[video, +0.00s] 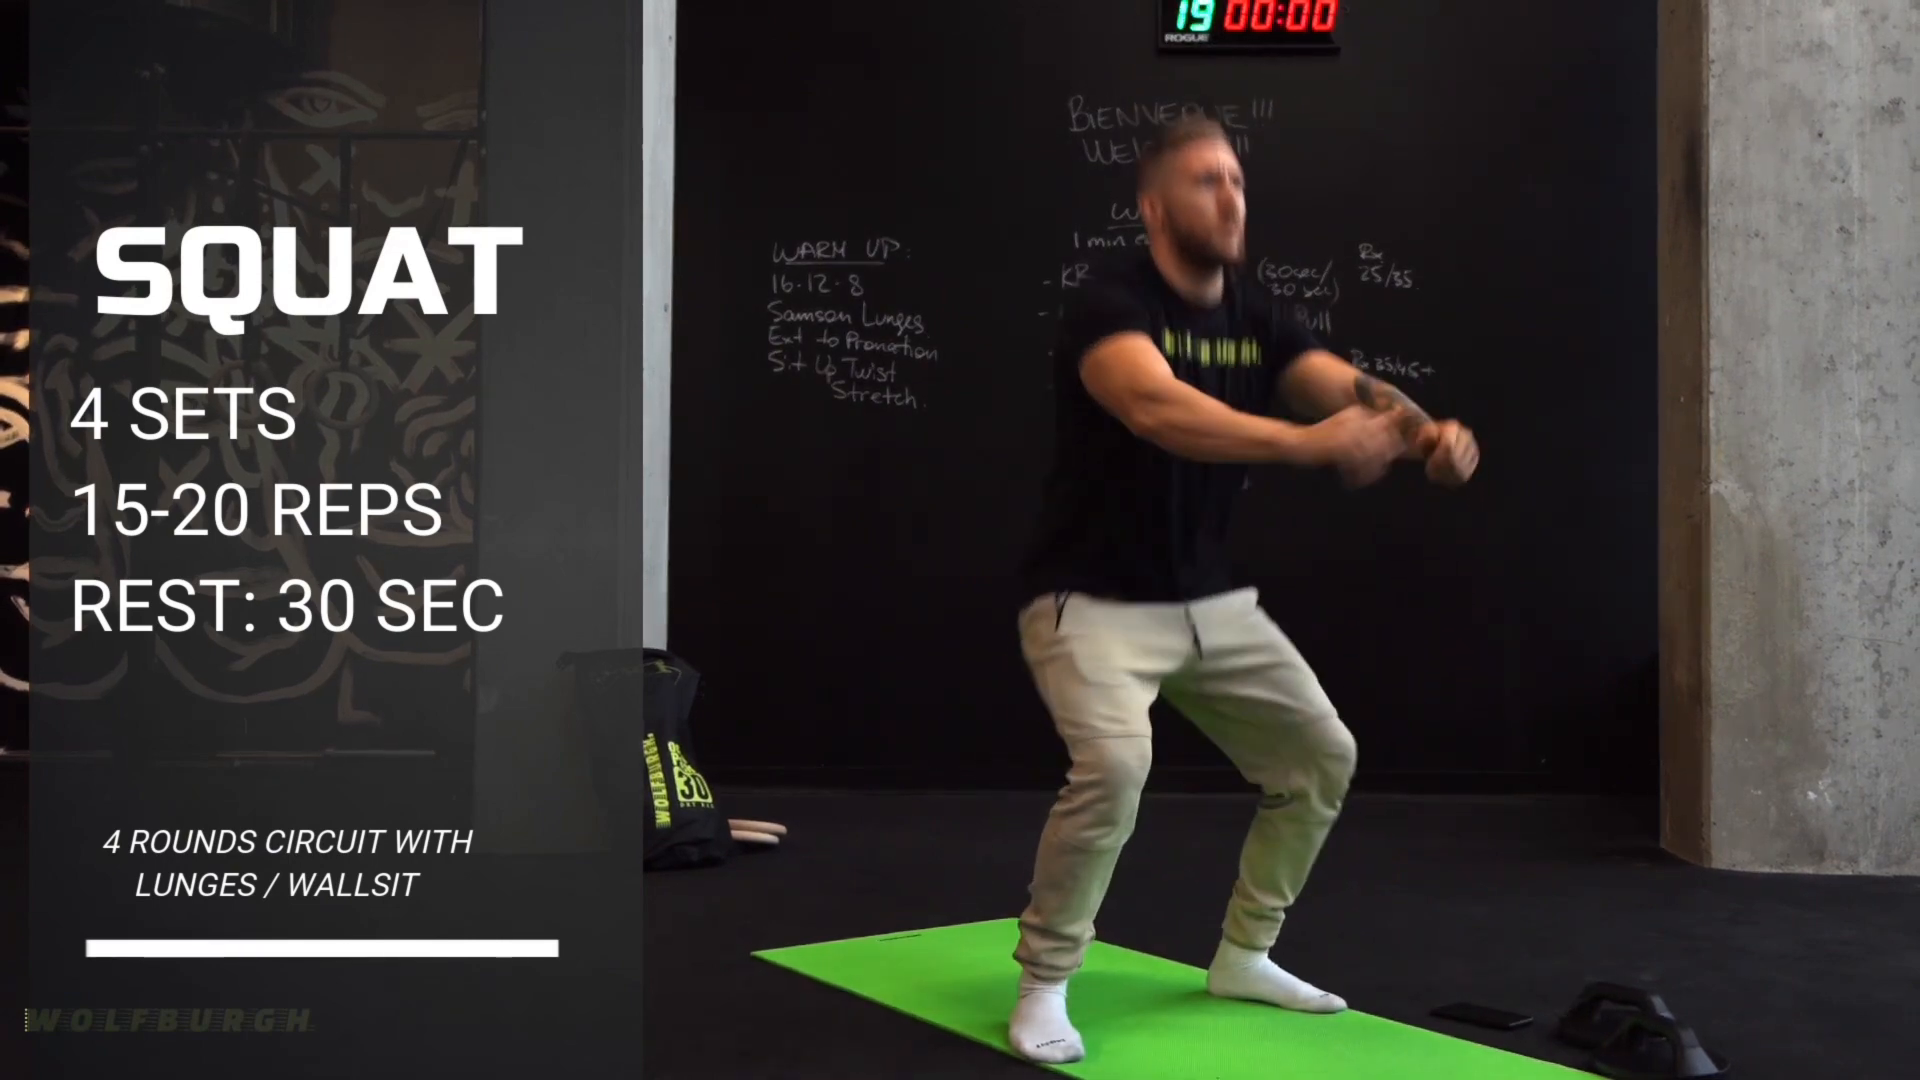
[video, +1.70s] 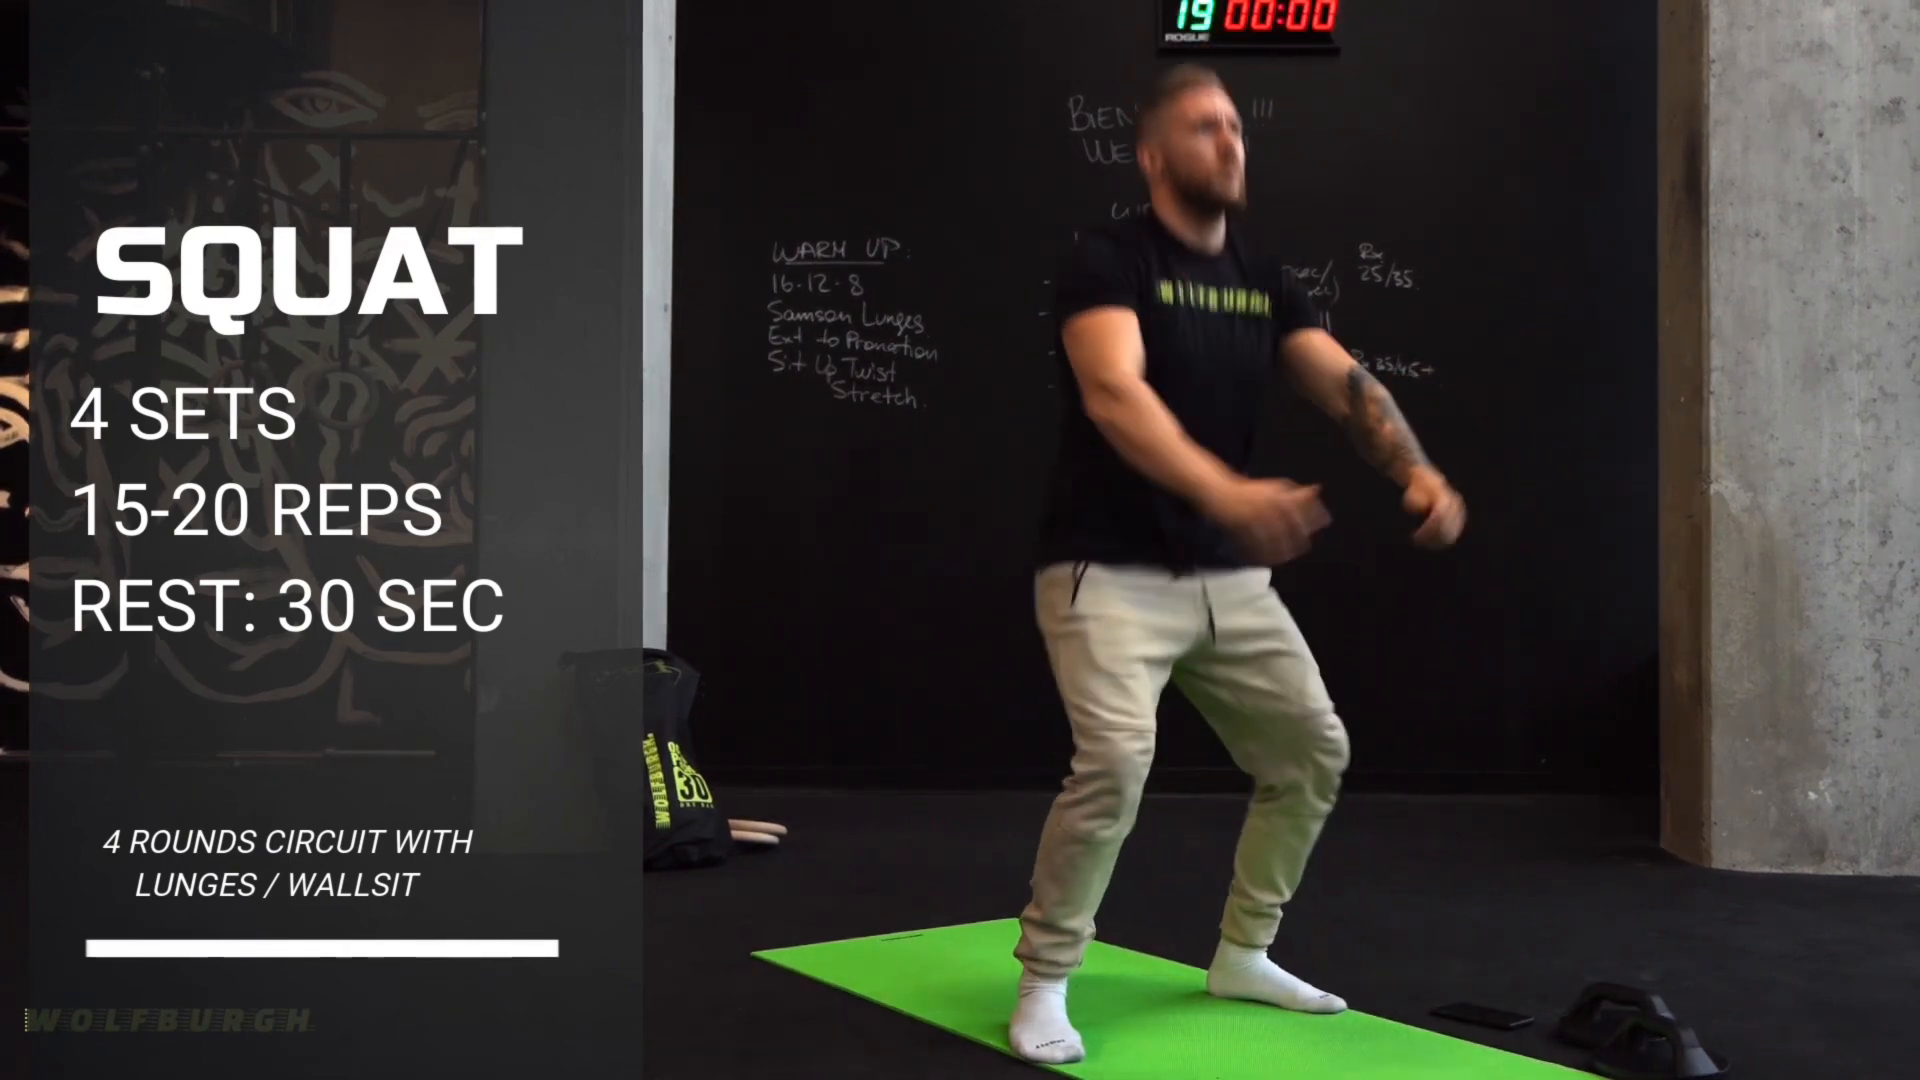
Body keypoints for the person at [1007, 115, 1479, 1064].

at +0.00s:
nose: (1232, 198)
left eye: (1236, 181)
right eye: (1208, 183)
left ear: (1245, 198)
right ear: (1154, 204)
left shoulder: (1254, 315)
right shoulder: (1105, 303)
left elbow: (1350, 391)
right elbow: (1158, 412)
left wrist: (1426, 431)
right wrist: (1309, 444)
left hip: (1208, 601)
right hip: (1090, 603)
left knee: (1321, 758)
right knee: (1113, 767)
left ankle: (1243, 959)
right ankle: (1044, 984)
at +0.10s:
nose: (1219, 104)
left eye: (1224, 89)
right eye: (1194, 89)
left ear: (1233, 112)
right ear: (1140, 112)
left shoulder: (1252, 234)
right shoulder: (1097, 219)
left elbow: (1323, 360)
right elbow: (1093, 369)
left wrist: (1390, 462)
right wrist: (1181, 484)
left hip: (1227, 549)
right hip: (1109, 548)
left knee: (1285, 742)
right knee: (1106, 752)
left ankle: (1239, 957)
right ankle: (1043, 980)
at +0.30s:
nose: (1209, 60)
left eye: (1214, 44)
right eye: (1184, 44)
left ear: (1222, 69)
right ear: (1131, 72)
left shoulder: (1249, 197)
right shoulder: (1084, 185)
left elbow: (1282, 366)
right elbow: (1027, 350)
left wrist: (1296, 511)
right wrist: (1016, 510)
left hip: (1238, 522)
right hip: (1116, 515)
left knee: (1229, 743)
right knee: (1083, 747)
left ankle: (1236, 954)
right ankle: (1040, 979)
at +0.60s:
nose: (1215, 80)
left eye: (1219, 64)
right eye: (1189, 64)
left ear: (1226, 88)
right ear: (1135, 90)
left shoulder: (1252, 222)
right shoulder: (1089, 207)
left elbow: (1317, 360)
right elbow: (1074, 358)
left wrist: (1375, 475)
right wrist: (1147, 487)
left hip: (1226, 536)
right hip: (1109, 534)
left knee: (1269, 743)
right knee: (1098, 749)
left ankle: (1239, 956)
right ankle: (1041, 982)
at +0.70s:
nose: (1229, 153)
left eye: (1233, 136)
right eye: (1204, 137)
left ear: (1243, 154)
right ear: (1148, 158)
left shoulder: (1257, 286)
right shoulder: (1100, 265)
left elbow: (1344, 377)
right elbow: (1127, 385)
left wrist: (1406, 421)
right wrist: (1283, 436)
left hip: (1206, 581)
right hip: (1088, 577)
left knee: (1303, 753)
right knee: (1102, 758)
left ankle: (1242, 959)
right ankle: (1042, 981)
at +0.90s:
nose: (1242, 293)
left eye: (1248, 277)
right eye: (1219, 278)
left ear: (1256, 294)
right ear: (1163, 301)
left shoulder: (1264, 405)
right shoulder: (1116, 394)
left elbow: (1381, 463)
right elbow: (1183, 454)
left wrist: (1437, 428)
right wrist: (1352, 423)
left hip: (1193, 661)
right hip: (1071, 659)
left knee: (1325, 761)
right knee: (1104, 770)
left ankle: (1242, 962)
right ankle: (1042, 987)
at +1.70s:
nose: (1230, 145)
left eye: (1235, 128)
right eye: (1205, 130)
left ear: (1245, 148)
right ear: (1150, 152)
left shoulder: (1262, 278)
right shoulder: (1103, 259)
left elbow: (1342, 383)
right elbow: (1114, 397)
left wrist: (1412, 469)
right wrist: (1228, 494)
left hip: (1227, 578)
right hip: (1107, 575)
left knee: (1310, 756)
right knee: (1115, 763)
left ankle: (1242, 959)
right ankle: (1045, 981)